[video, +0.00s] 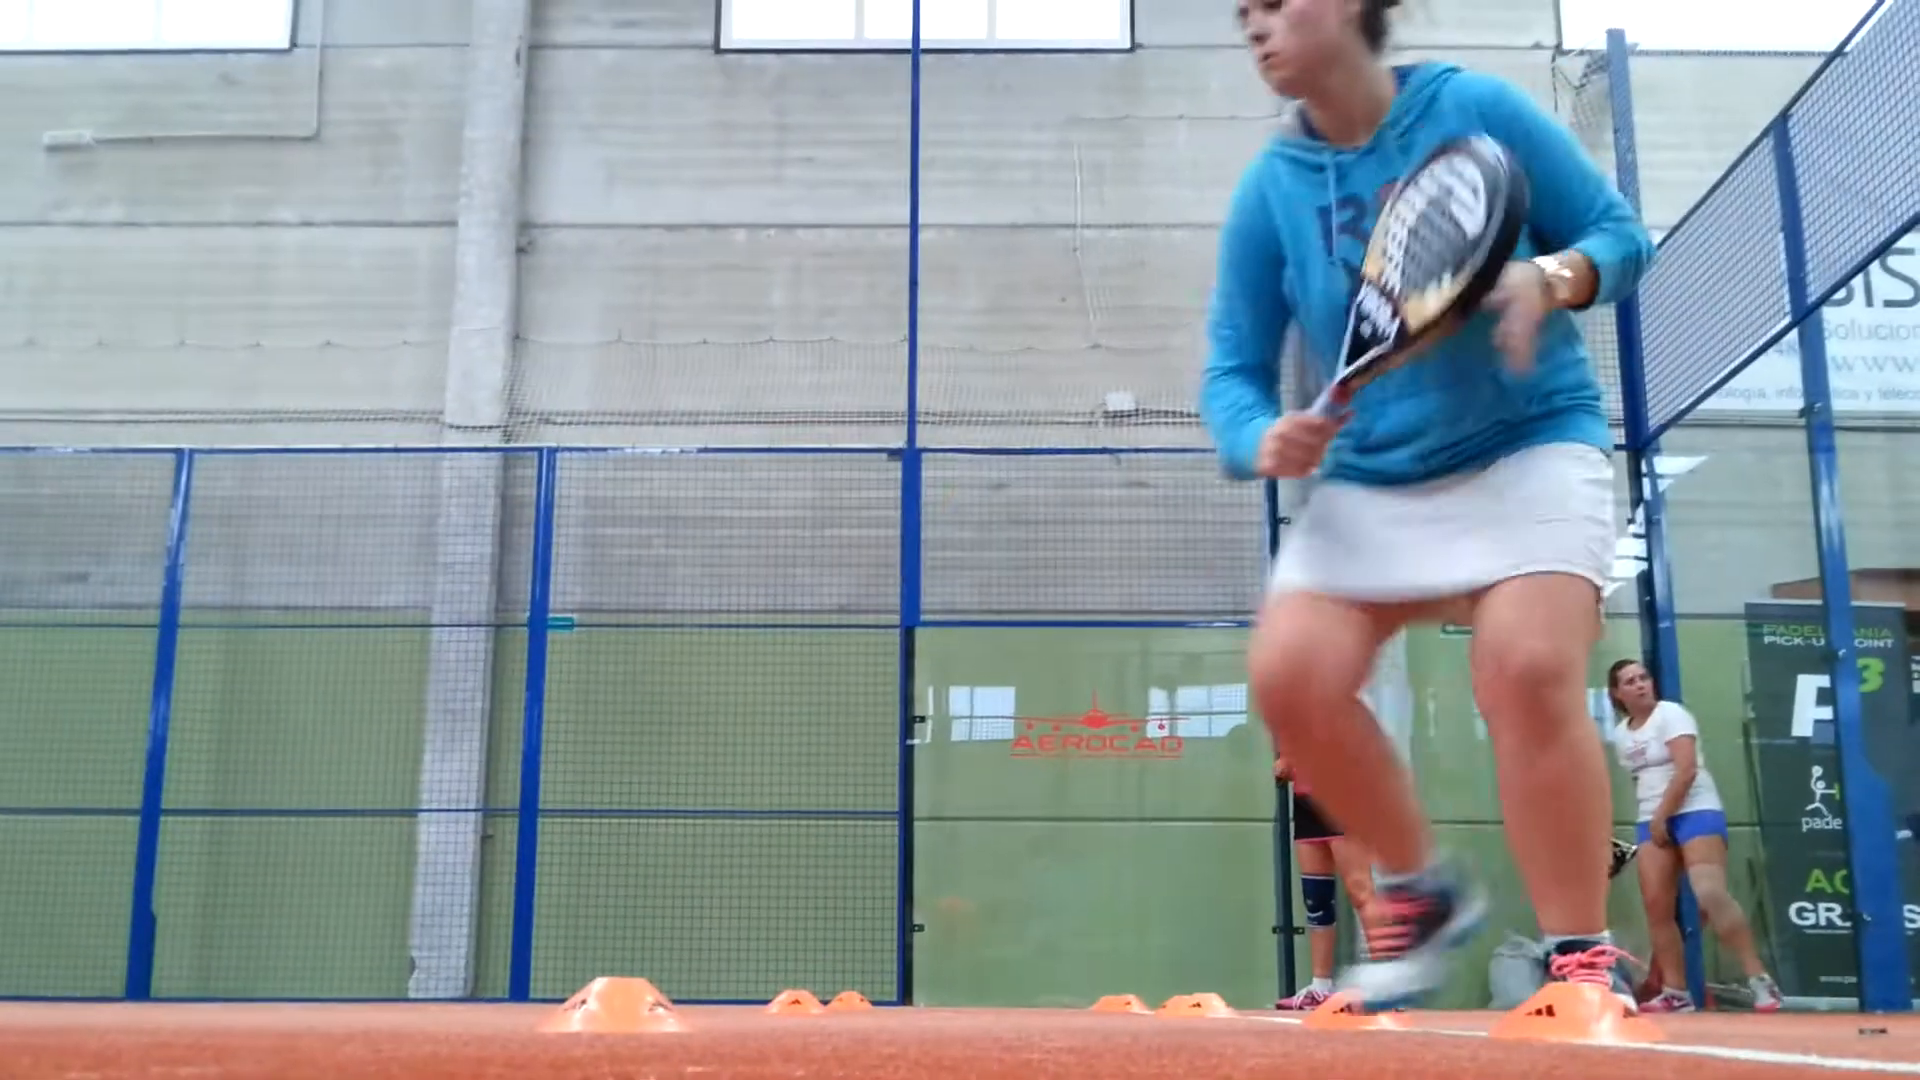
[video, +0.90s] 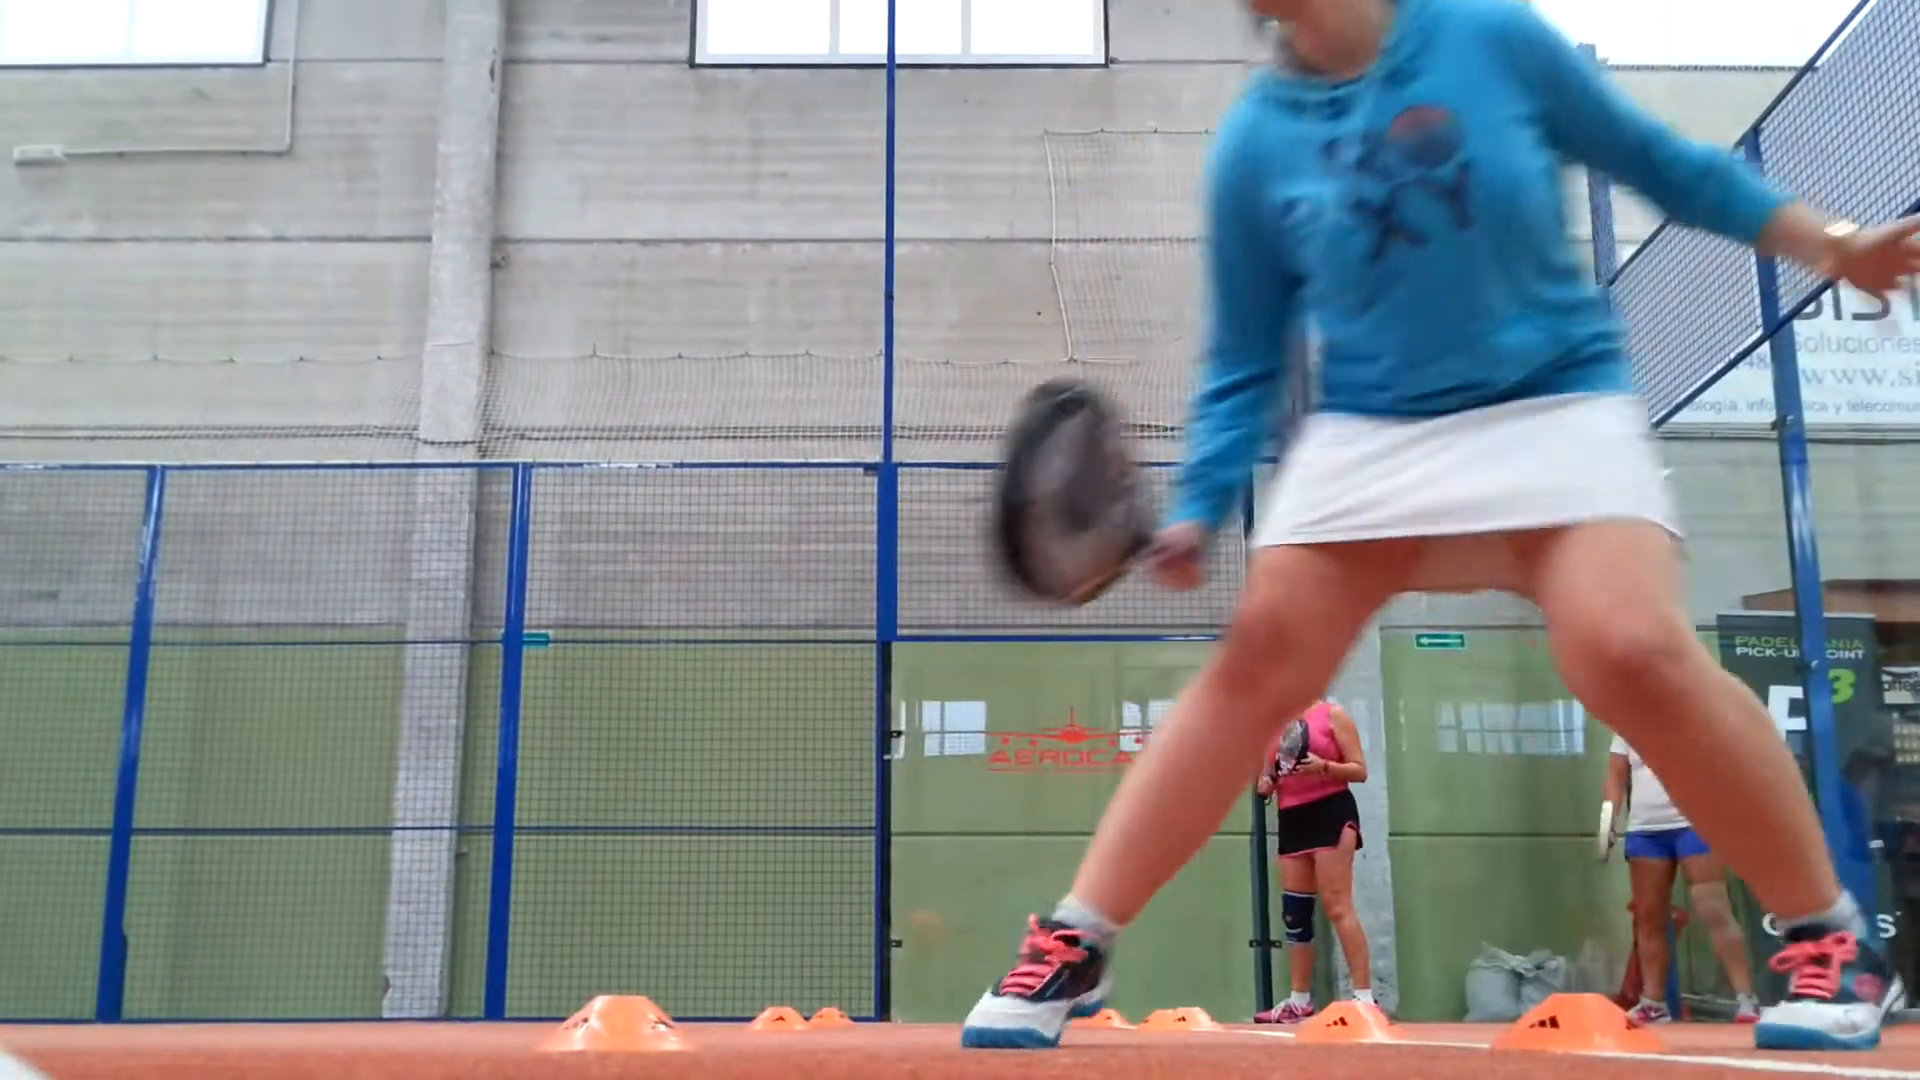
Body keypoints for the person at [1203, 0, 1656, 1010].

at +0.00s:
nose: (1254, 27)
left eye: (1278, 5)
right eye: (1247, 13)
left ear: (1358, 9)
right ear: (1252, 38)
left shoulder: (1475, 112)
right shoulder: (1268, 193)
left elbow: (1622, 235)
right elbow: (1229, 379)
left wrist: (1555, 277)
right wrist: (1260, 438)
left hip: (1529, 449)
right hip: (1368, 481)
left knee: (1527, 670)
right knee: (1288, 676)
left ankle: (1581, 965)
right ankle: (1420, 895)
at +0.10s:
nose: (1181, 49)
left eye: (1202, 21)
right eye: (1172, 34)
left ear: (1282, 15)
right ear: (1177, 54)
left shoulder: (1420, 108)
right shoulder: (1209, 214)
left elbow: (1574, 207)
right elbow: (1147, 401)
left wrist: (1587, 256)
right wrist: (1164, 494)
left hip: (1503, 441)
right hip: (1346, 469)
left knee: (1516, 673)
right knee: (1237, 597)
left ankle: (1581, 969)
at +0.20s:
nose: (1100, 92)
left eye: (1116, 52)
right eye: (1087, 71)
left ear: (1202, 34)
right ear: (1093, 85)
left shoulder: (1348, 122)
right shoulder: (1133, 252)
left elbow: (1509, 187)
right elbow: (1070, 430)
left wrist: (1606, 248)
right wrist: (1039, 590)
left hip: (1447, 437)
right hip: (1282, 466)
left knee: (1496, 683)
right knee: (1187, 673)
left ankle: (1574, 966)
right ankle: (1045, 958)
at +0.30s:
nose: (1026, 139)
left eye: (1041, 102)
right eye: (1012, 120)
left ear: (1129, 77)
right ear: (1025, 133)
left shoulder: (1284, 145)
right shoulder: (1074, 295)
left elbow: (1456, 181)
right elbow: (999, 487)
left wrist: (1615, 237)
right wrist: (924, 682)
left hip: (1378, 445)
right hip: (1210, 461)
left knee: (1460, 690)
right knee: (1131, 649)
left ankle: (1549, 955)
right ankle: (1042, 956)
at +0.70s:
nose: (1004, 85)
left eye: (1026, 48)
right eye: (995, 67)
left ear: (1119, 46)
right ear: (1007, 101)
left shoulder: (1273, 128)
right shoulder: (1050, 277)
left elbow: (1451, 171)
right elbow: (980, 470)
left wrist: (1620, 210)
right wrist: (887, 667)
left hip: (1389, 434)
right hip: (1211, 465)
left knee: (1525, 623)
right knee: (1126, 647)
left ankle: (1624, 877)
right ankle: (1046, 969)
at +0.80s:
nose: (1109, 23)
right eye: (1103, 4)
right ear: (1114, 31)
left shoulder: (1370, 84)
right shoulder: (1130, 212)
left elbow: (1535, 177)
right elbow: (1076, 430)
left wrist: (1707, 247)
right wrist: (1016, 588)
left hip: (1457, 437)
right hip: (1269, 465)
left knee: (1581, 600)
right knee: (1174, 658)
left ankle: (1752, 892)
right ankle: (1050, 972)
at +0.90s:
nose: (1270, 3)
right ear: (1261, 5)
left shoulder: (1494, 39)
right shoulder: (1251, 147)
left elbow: (1663, 164)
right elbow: (1240, 363)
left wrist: (1838, 251)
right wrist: (1193, 511)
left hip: (1558, 402)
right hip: (1366, 430)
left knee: (1628, 648)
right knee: (1261, 648)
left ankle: (1826, 950)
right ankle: (1064, 952)